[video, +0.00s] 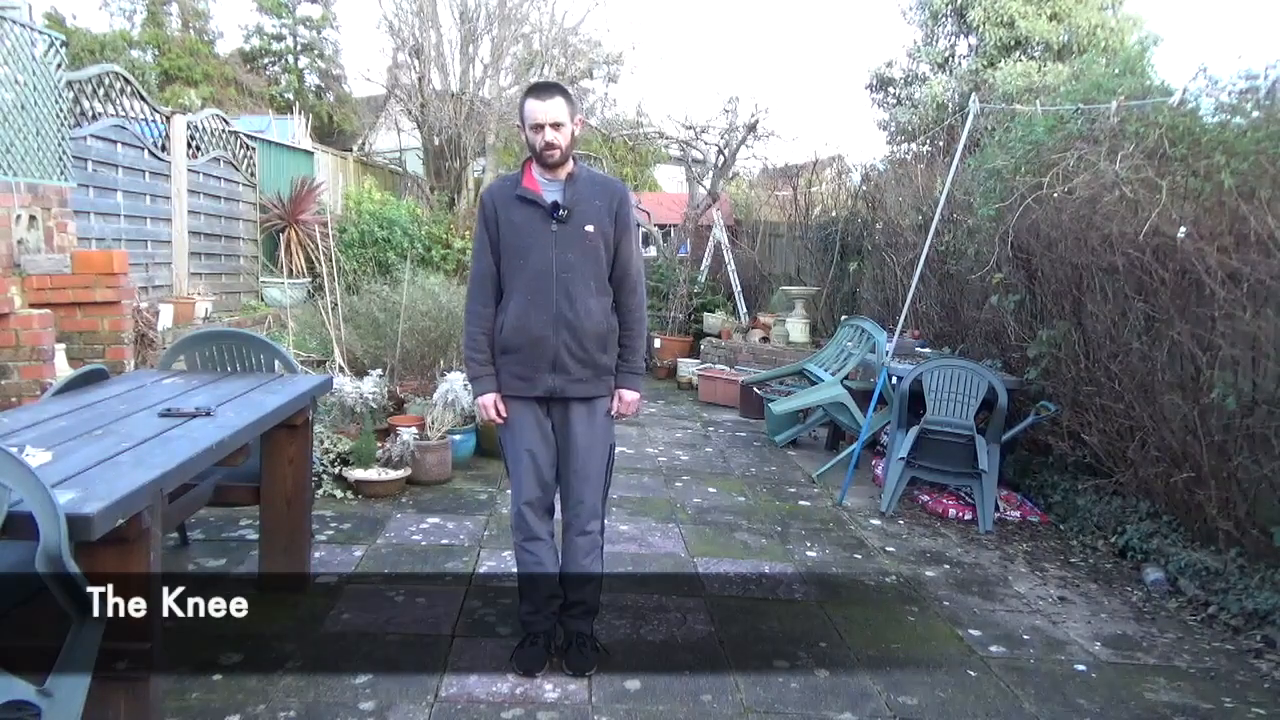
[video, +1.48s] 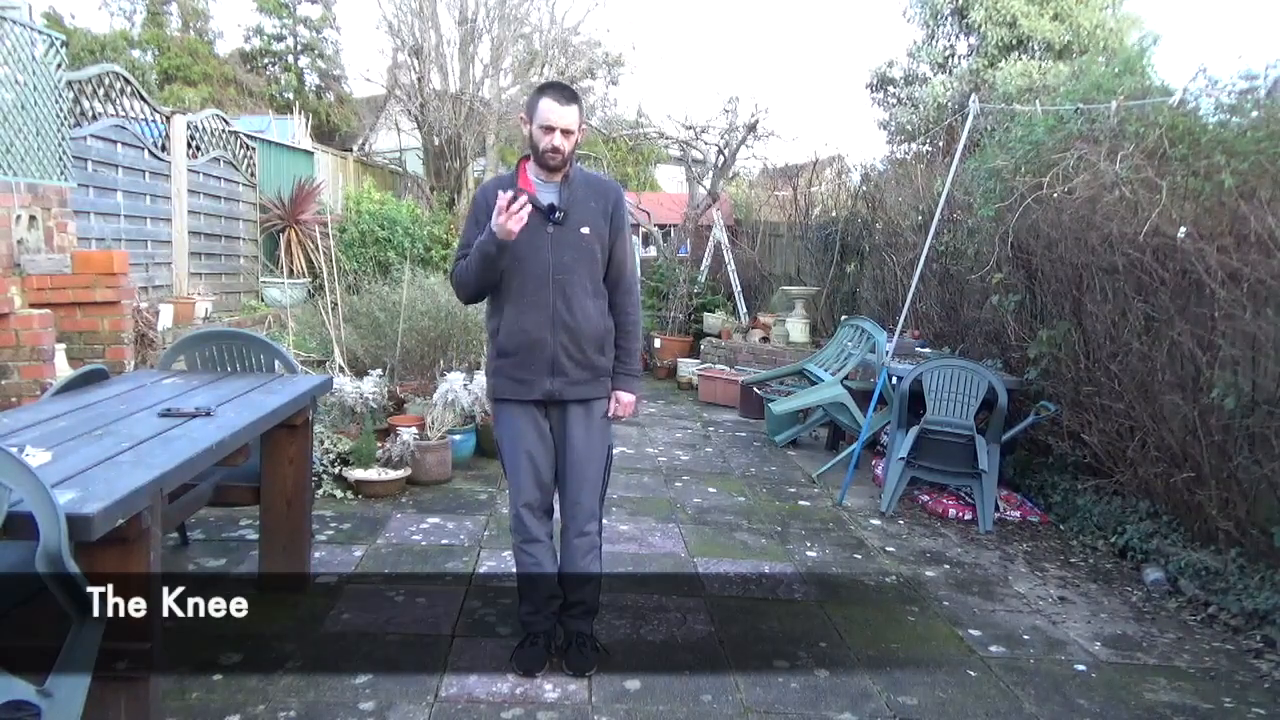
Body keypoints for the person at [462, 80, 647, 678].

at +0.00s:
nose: (546, 137)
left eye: (556, 125)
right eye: (536, 127)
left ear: (575, 126)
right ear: (523, 131)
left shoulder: (611, 194)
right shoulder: (498, 197)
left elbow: (631, 293)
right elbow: (481, 295)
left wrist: (631, 375)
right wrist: (481, 378)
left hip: (592, 378)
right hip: (518, 379)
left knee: (585, 507)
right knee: (530, 505)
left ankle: (580, 632)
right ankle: (536, 631)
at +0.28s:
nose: (545, 135)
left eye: (554, 124)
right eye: (534, 126)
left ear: (574, 126)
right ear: (522, 132)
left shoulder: (610, 194)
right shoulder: (496, 198)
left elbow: (630, 292)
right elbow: (479, 296)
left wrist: (630, 376)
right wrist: (480, 380)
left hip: (591, 379)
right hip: (517, 380)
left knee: (584, 509)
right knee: (529, 507)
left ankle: (579, 633)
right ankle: (536, 633)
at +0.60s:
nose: (542, 135)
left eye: (552, 124)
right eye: (532, 126)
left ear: (573, 126)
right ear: (520, 132)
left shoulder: (609, 194)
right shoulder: (495, 198)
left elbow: (629, 292)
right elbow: (478, 296)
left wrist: (628, 376)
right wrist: (479, 380)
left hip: (590, 378)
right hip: (517, 380)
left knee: (583, 509)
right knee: (529, 507)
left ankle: (579, 631)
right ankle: (536, 631)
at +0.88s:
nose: (543, 136)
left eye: (552, 125)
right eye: (532, 127)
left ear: (573, 126)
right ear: (520, 131)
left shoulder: (607, 194)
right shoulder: (494, 198)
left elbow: (627, 291)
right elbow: (472, 294)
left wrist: (628, 375)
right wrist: (479, 372)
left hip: (590, 377)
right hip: (516, 379)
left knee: (584, 508)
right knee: (529, 507)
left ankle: (580, 629)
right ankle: (536, 630)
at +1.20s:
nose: (547, 138)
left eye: (557, 127)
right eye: (537, 127)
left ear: (574, 129)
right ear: (522, 129)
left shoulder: (605, 194)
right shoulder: (493, 196)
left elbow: (627, 290)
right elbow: (464, 286)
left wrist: (628, 374)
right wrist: (500, 248)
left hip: (589, 376)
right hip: (516, 377)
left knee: (584, 509)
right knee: (529, 506)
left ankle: (579, 631)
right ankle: (535, 632)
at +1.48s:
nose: (557, 141)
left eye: (567, 132)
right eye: (548, 130)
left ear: (580, 134)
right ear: (528, 128)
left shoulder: (606, 195)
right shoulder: (494, 194)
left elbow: (625, 292)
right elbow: (466, 288)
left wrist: (627, 376)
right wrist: (497, 237)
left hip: (589, 376)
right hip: (516, 376)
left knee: (583, 509)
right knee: (529, 506)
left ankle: (579, 632)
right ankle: (535, 632)